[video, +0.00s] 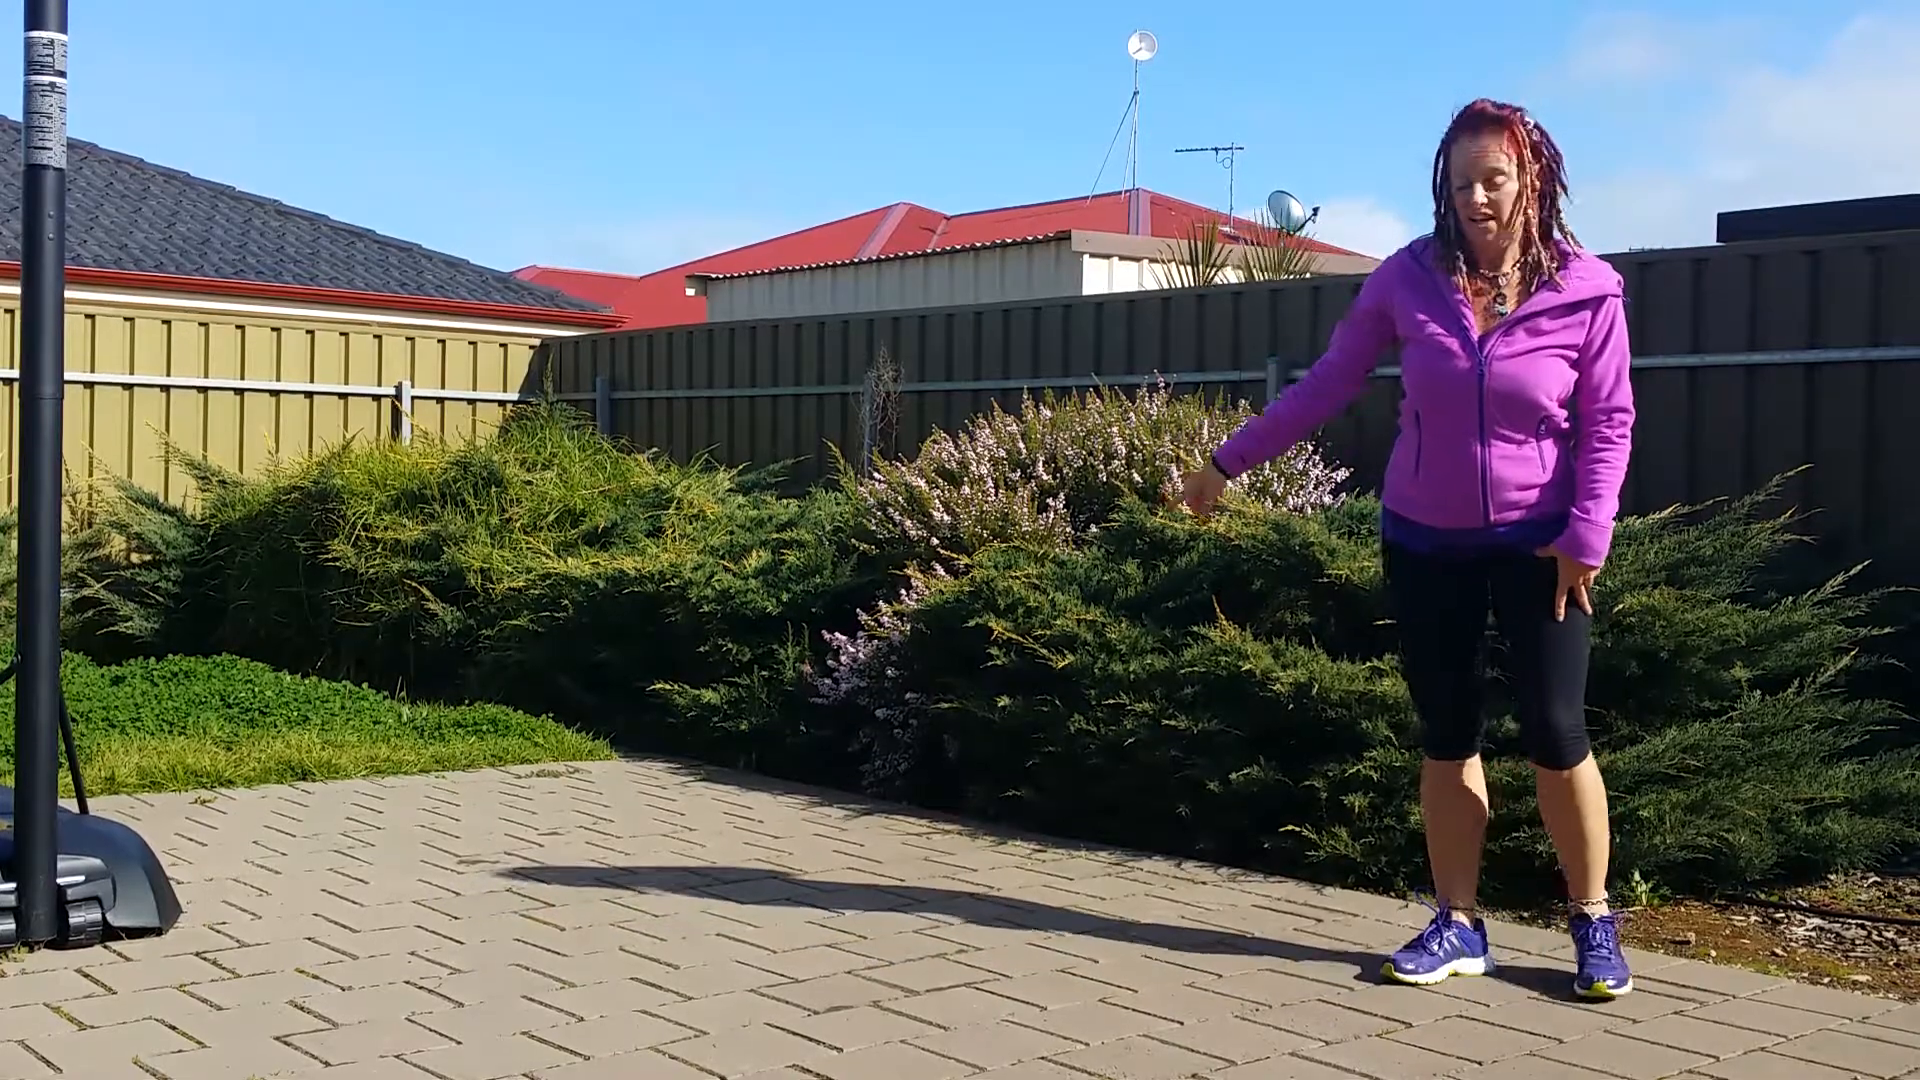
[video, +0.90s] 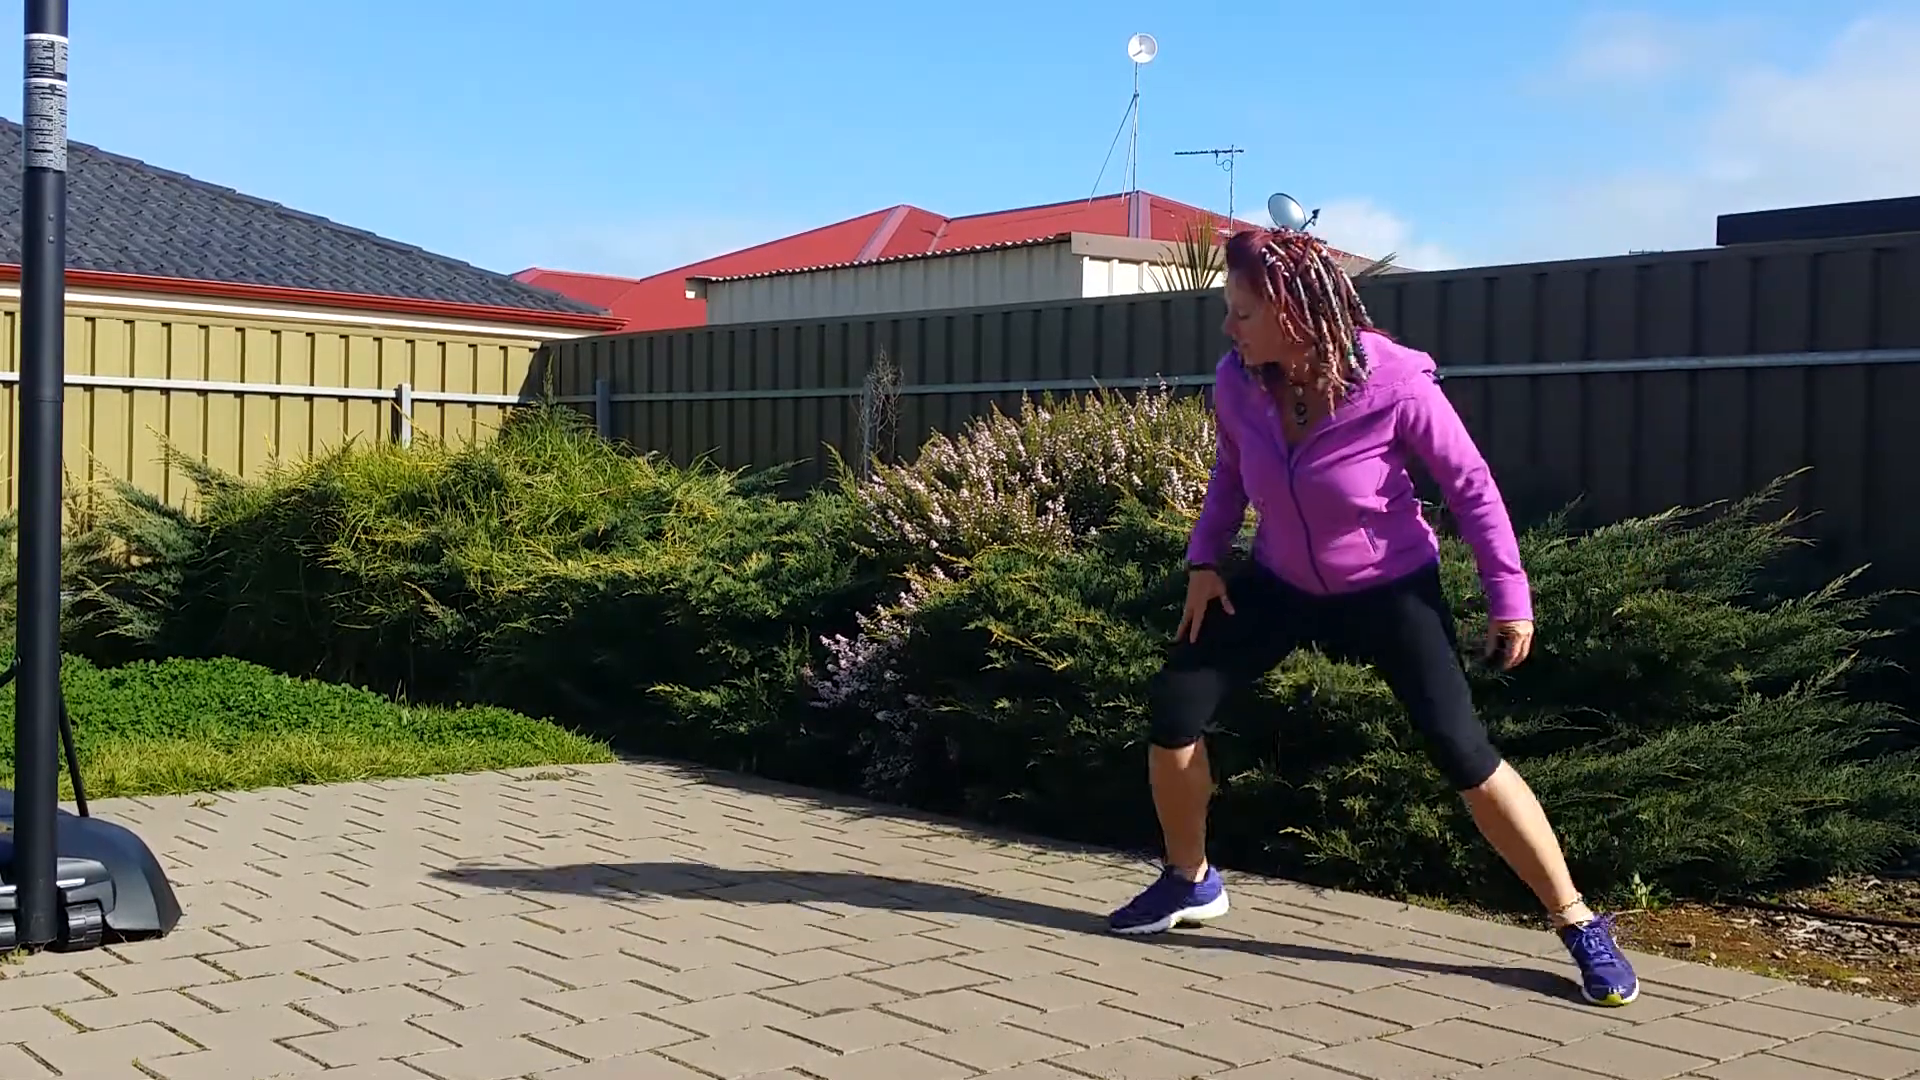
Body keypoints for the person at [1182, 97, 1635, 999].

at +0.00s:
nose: (1478, 198)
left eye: (1496, 179)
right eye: (1462, 182)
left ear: (1532, 183)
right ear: (1444, 186)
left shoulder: (1588, 286)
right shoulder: (1405, 278)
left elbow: (1608, 422)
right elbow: (1327, 383)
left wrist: (1587, 533)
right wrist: (1225, 461)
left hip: (1543, 539)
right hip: (1426, 540)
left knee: (1556, 735)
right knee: (1448, 736)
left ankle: (1594, 922)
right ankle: (1458, 922)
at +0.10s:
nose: (1457, 212)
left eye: (1475, 198)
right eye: (1450, 194)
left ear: (1529, 192)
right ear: (1444, 187)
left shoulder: (1598, 290)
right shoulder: (1417, 279)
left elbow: (1619, 427)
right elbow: (1359, 399)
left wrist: (1600, 537)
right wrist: (1280, 492)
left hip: (1551, 540)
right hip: (1431, 541)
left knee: (1569, 740)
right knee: (1450, 736)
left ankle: (1608, 931)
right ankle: (1457, 924)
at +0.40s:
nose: (1443, 242)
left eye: (1456, 227)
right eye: (1441, 226)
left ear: (1516, 221)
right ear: (1474, 220)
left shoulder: (1622, 302)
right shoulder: (1437, 301)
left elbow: (1671, 426)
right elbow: (1414, 423)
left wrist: (1671, 548)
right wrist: (1394, 530)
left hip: (1581, 542)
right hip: (1463, 535)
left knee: (1587, 742)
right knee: (1409, 705)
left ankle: (1605, 934)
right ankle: (1376, 902)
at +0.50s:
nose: (1431, 259)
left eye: (1441, 242)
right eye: (1429, 242)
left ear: (1498, 238)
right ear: (1456, 237)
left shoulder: (1614, 317)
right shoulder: (1431, 317)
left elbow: (1671, 435)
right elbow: (1407, 436)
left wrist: (1681, 554)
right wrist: (1379, 541)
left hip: (1576, 556)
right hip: (1456, 544)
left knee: (1586, 749)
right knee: (1370, 704)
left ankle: (1605, 938)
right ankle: (1274, 868)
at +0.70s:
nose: (1364, 326)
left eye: (1376, 311)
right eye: (1363, 310)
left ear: (1434, 310)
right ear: (1393, 312)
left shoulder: (1548, 377)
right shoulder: (1375, 382)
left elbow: (1621, 490)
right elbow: (1361, 477)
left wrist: (1650, 607)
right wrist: (1314, 562)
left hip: (1526, 593)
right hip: (1410, 578)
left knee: (1551, 769)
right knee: (1278, 680)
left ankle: (1601, 935)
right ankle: (1162, 836)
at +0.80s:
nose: (1303, 340)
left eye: (1315, 324)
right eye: (1302, 324)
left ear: (1373, 322)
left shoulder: (1480, 393)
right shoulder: (1317, 392)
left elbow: (1557, 501)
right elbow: (1310, 478)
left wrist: (1590, 618)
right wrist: (1266, 561)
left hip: (1468, 599)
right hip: (1356, 589)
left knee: (1517, 766)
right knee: (1225, 691)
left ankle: (1597, 932)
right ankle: (1179, 862)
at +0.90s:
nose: (1229, 326)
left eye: (1241, 312)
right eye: (1229, 311)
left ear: (1296, 313)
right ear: (1259, 313)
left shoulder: (1396, 379)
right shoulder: (1236, 380)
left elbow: (1470, 485)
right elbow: (1231, 468)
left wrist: (1509, 594)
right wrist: (1203, 557)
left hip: (1388, 590)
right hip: (1279, 586)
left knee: (1461, 748)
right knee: (1176, 706)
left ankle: (1578, 923)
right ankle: (1189, 878)